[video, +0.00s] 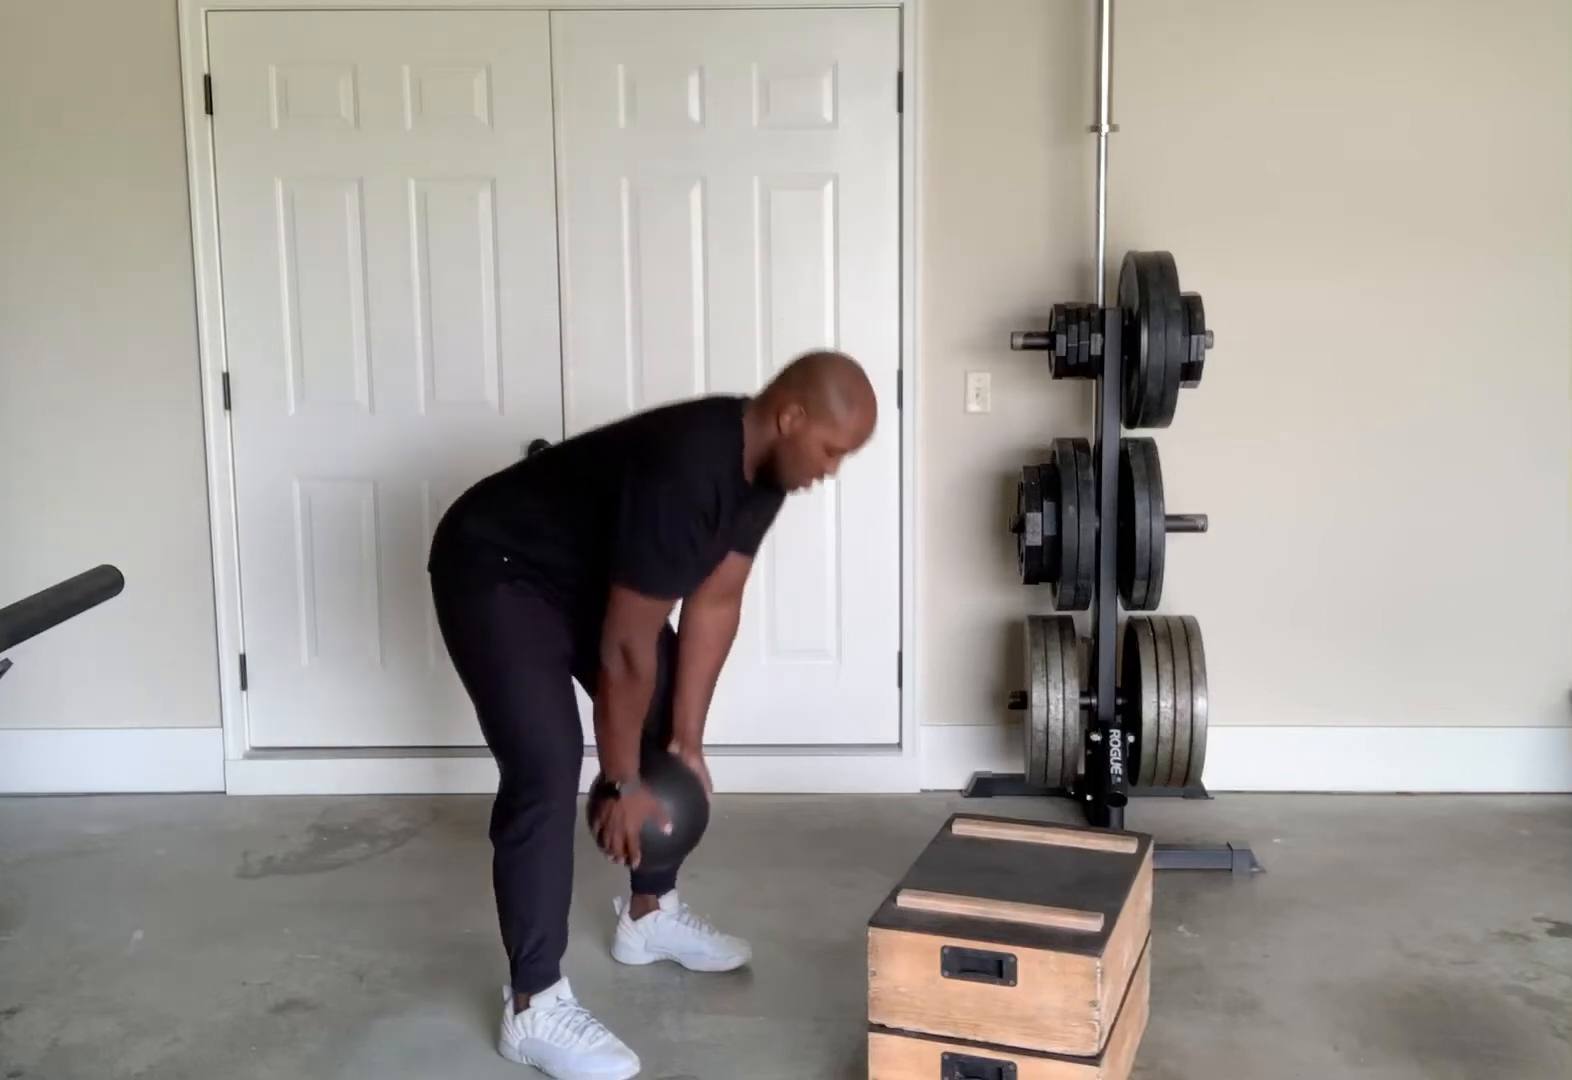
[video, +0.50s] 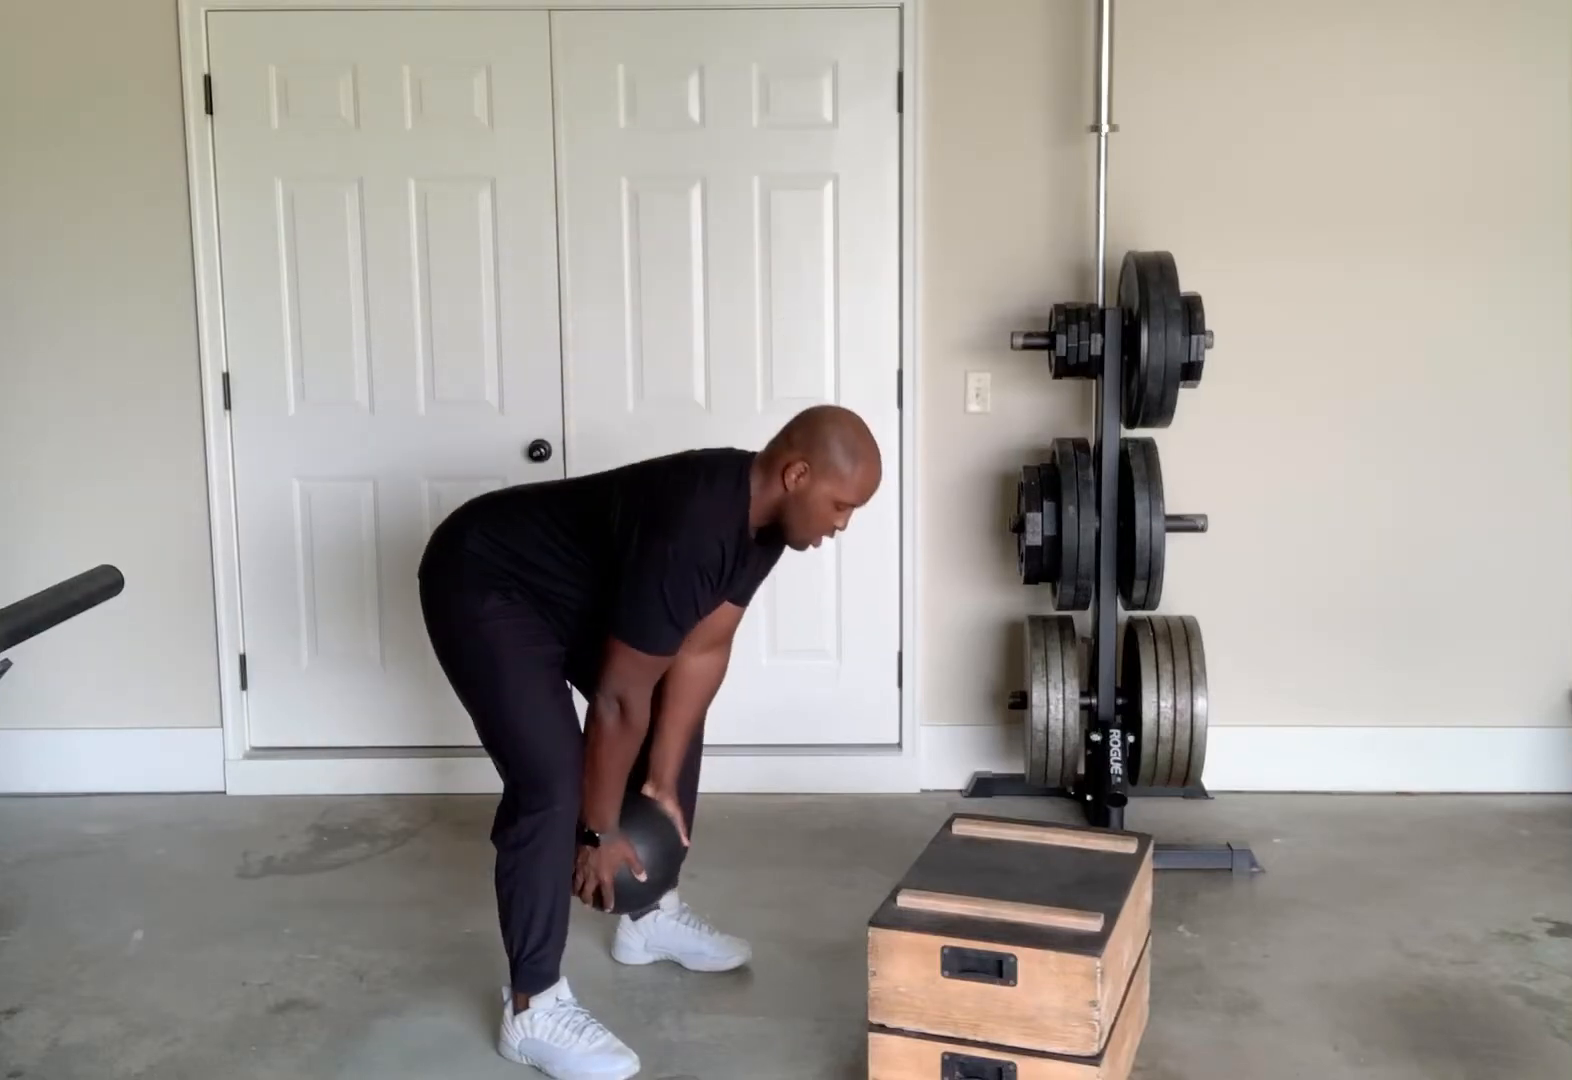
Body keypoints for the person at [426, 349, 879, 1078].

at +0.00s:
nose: (832, 469)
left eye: (844, 457)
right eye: (831, 450)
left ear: (792, 419)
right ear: (788, 416)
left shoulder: (766, 472)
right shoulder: (687, 465)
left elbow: (717, 602)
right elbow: (625, 651)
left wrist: (687, 743)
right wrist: (618, 781)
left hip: (581, 573)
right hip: (492, 566)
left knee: (673, 707)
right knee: (543, 765)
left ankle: (649, 914)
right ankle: (534, 1001)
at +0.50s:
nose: (844, 526)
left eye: (852, 512)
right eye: (841, 506)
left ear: (798, 472)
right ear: (794, 472)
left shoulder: (765, 522)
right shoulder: (692, 521)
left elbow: (705, 649)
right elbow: (618, 701)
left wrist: (663, 788)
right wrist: (596, 831)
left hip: (565, 583)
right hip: (478, 577)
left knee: (676, 716)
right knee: (549, 780)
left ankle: (645, 914)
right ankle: (533, 1004)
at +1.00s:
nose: (794, 315)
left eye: (792, 296)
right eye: (778, 296)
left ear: (731, 313)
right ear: (718, 310)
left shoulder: (736, 409)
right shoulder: (647, 403)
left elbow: (698, 531)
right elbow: (573, 577)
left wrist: (718, 658)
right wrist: (666, 700)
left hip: (602, 567)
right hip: (502, 570)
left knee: (682, 717)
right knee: (580, 778)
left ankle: (649, 915)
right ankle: (536, 1002)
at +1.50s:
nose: (774, 158)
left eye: (772, 140)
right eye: (754, 141)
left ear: (752, 150)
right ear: (697, 147)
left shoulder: (749, 227)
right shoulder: (646, 212)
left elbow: (747, 72)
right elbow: (665, 35)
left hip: (789, 515)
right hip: (673, 537)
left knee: (953, 577)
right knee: (611, 766)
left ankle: (957, 814)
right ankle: (548, 991)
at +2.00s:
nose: (760, 146)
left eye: (767, 127)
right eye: (735, 123)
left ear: (763, 134)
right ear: (678, 126)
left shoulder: (741, 210)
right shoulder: (635, 210)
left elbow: (782, 95)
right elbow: (668, 30)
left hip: (816, 504)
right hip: (700, 529)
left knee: (980, 582)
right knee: (646, 758)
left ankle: (959, 812)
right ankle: (562, 977)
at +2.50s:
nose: (599, 183)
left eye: (599, 165)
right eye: (581, 165)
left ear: (553, 172)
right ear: (517, 171)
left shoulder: (587, 268)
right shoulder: (473, 299)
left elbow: (604, 403)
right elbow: (497, 467)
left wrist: (691, 410)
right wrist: (658, 420)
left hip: (672, 524)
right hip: (574, 574)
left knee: (839, 595)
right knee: (568, 776)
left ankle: (761, 795)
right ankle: (541, 994)